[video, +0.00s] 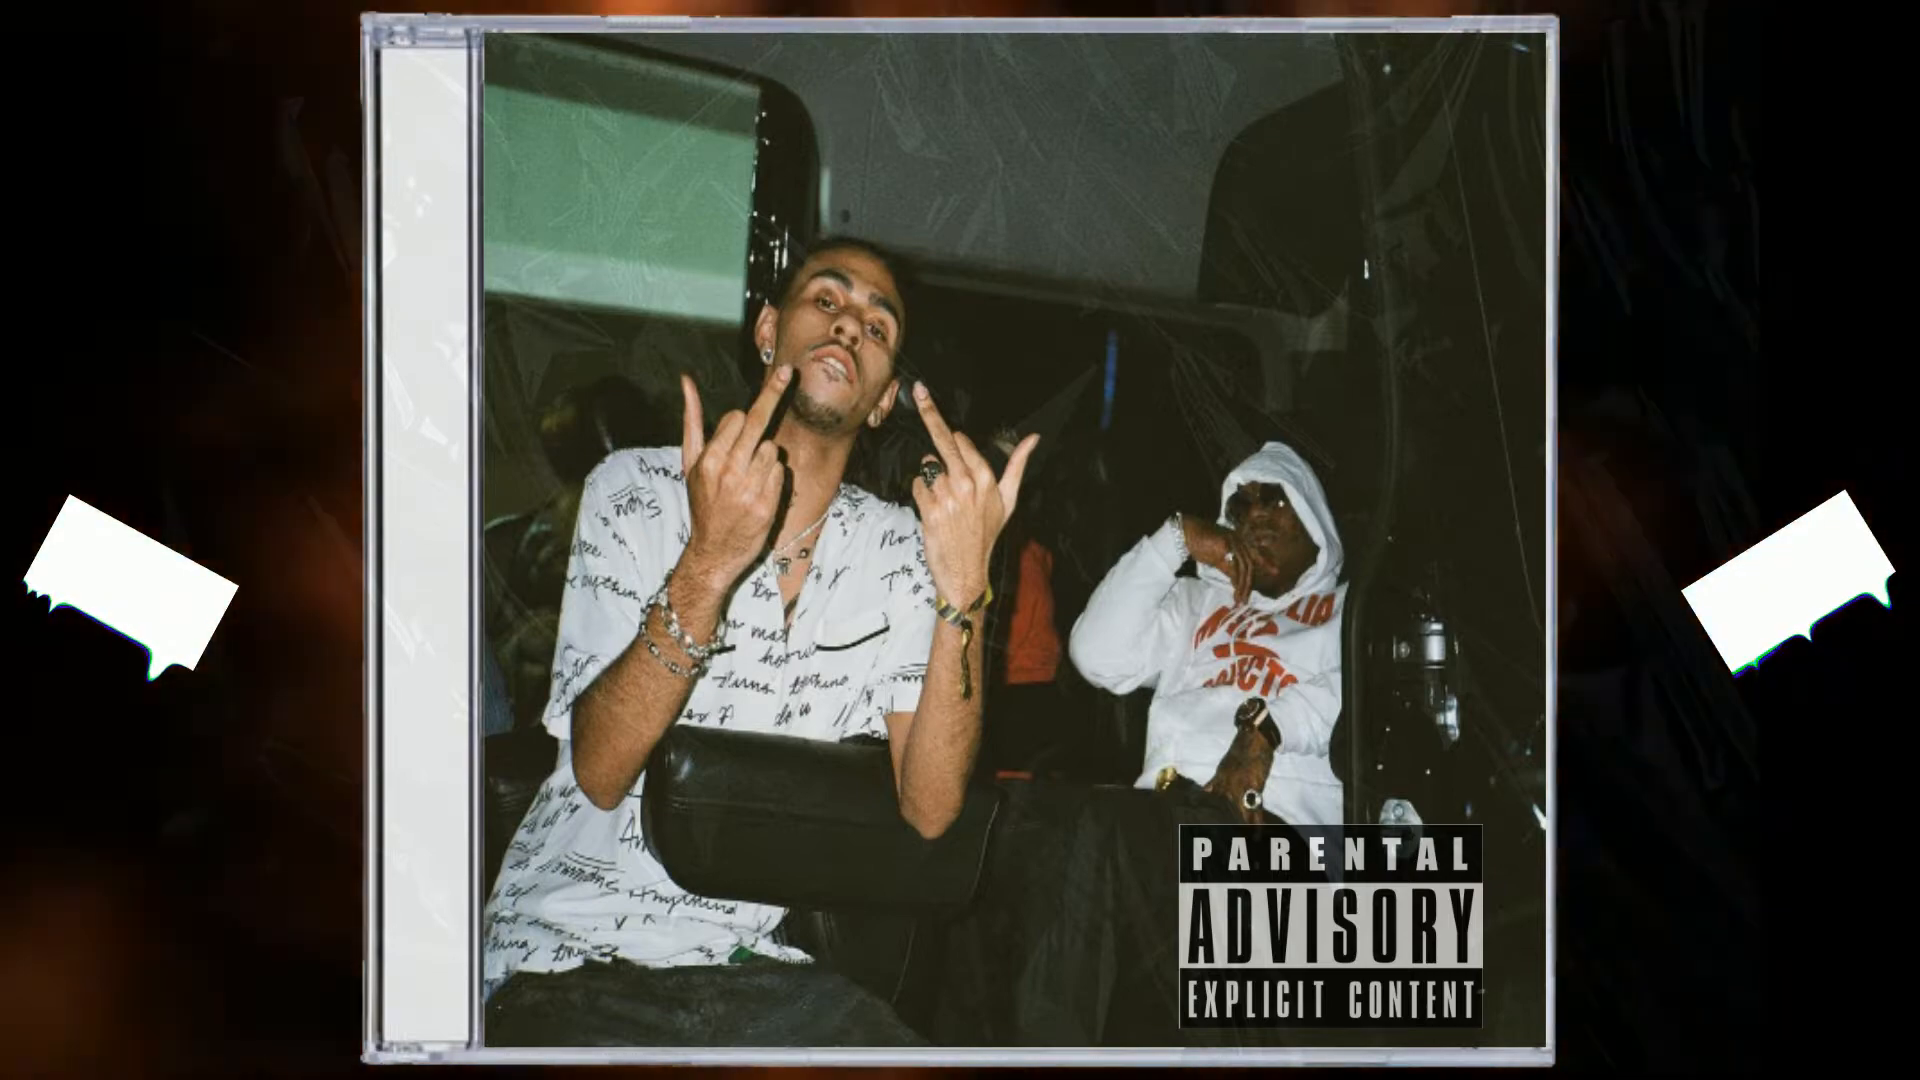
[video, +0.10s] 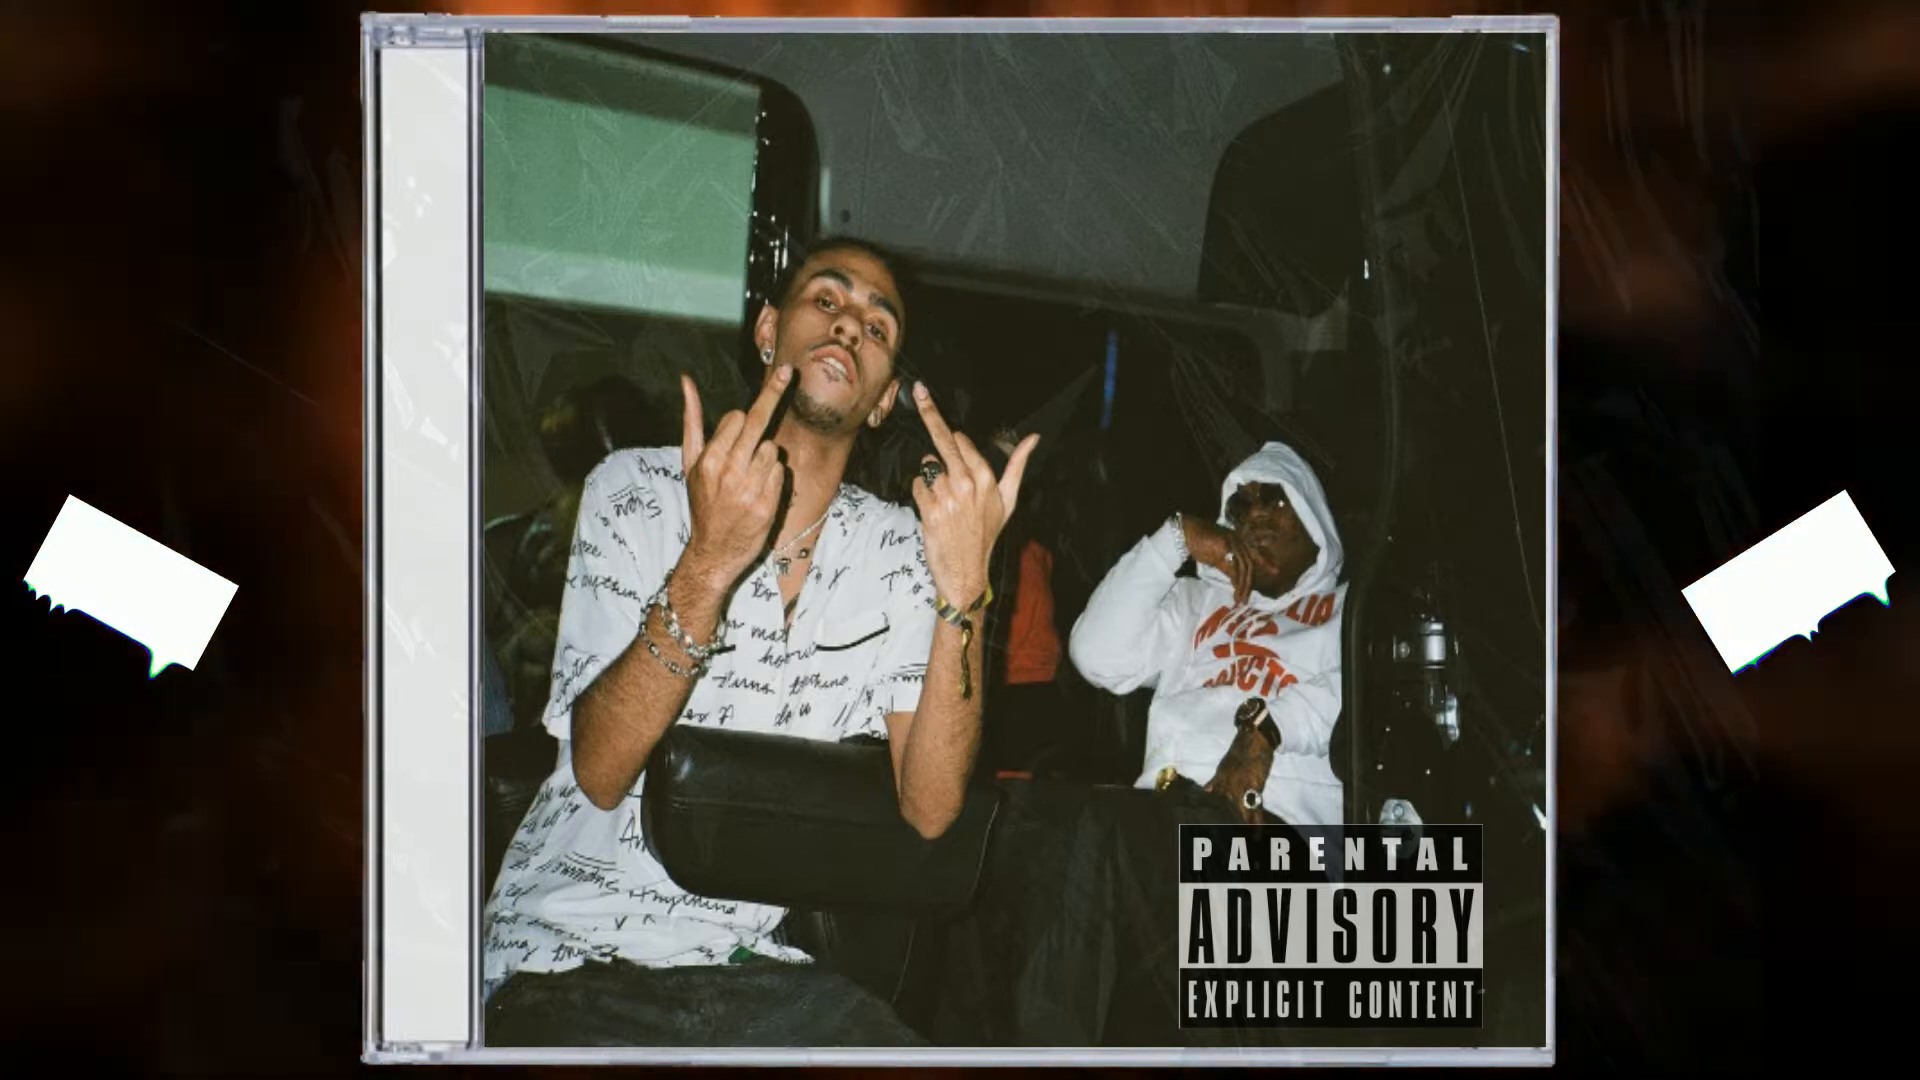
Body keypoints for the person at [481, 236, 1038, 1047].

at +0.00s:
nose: (852, 322)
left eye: (879, 323)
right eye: (827, 298)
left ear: (887, 396)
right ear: (766, 333)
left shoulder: (903, 551)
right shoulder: (638, 491)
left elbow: (931, 809)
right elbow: (601, 770)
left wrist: (966, 593)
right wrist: (710, 563)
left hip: (754, 956)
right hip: (570, 944)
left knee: (904, 1060)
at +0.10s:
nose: (852, 323)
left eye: (879, 323)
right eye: (826, 299)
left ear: (887, 395)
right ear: (767, 333)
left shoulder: (902, 550)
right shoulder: (638, 490)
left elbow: (931, 809)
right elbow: (601, 770)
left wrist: (965, 593)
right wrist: (709, 564)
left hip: (753, 956)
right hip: (570, 944)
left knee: (904, 1059)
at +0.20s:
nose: (852, 323)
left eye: (879, 323)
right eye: (826, 299)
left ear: (887, 396)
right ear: (767, 333)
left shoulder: (902, 550)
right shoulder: (638, 490)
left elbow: (931, 809)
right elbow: (601, 770)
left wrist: (965, 593)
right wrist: (709, 564)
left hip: (754, 957)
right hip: (570, 945)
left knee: (900, 1058)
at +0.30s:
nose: (852, 323)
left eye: (879, 323)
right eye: (826, 299)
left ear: (887, 396)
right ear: (767, 333)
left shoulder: (902, 550)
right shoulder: (638, 490)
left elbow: (931, 809)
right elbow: (601, 770)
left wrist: (965, 593)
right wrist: (709, 564)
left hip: (754, 957)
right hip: (570, 945)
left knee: (905, 1060)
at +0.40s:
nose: (852, 323)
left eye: (879, 323)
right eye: (826, 299)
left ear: (887, 396)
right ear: (767, 333)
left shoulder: (902, 550)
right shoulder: (638, 490)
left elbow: (931, 809)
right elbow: (601, 770)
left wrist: (965, 593)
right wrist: (709, 564)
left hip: (753, 957)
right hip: (570, 945)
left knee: (906, 1061)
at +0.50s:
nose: (852, 323)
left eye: (879, 323)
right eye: (826, 299)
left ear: (887, 396)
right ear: (766, 333)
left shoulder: (903, 551)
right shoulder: (638, 490)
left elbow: (931, 809)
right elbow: (601, 770)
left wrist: (966, 593)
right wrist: (710, 563)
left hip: (754, 956)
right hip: (571, 945)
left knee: (905, 1062)